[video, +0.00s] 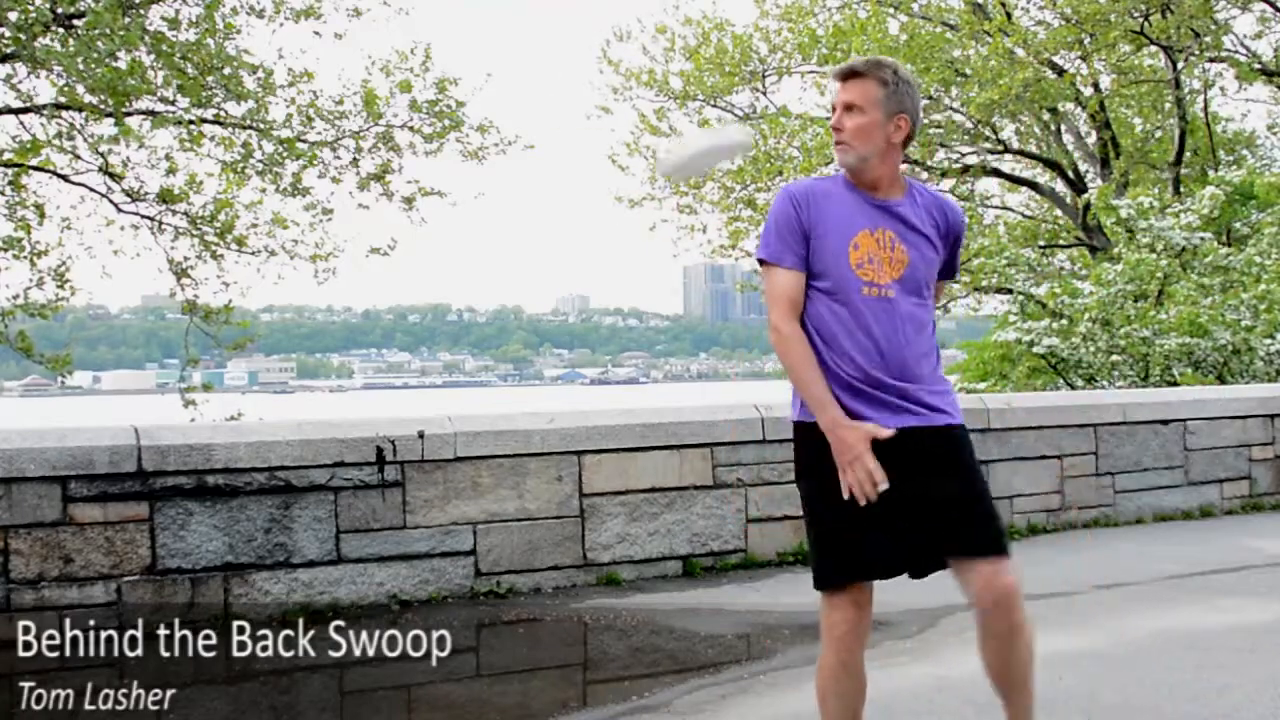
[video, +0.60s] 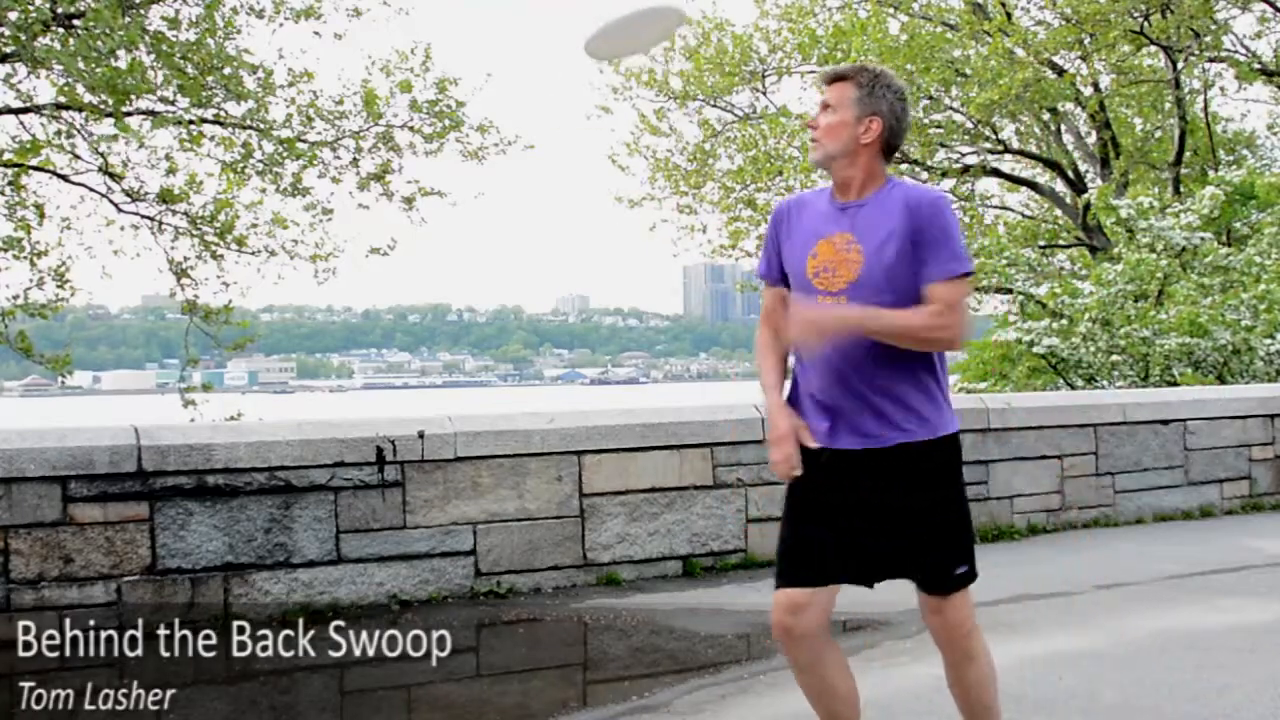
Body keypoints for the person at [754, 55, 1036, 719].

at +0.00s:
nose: (836, 123)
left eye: (852, 112)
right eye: (834, 111)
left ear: (900, 129)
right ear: (834, 122)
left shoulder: (943, 217)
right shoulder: (800, 202)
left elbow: (920, 315)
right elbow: (783, 322)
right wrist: (836, 426)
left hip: (930, 428)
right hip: (835, 431)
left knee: (998, 589)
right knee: (846, 622)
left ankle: (1022, 715)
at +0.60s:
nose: (811, 122)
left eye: (827, 111)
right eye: (816, 110)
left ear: (870, 131)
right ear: (853, 131)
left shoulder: (925, 207)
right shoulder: (790, 215)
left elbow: (951, 326)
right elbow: (771, 325)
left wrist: (842, 318)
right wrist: (775, 407)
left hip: (916, 446)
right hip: (824, 449)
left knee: (950, 619)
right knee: (796, 621)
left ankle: (987, 719)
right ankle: (847, 719)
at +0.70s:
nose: (804, 126)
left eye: (819, 115)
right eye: (809, 114)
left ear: (862, 132)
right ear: (849, 133)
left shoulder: (911, 207)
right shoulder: (787, 221)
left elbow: (916, 327)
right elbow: (773, 320)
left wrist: (796, 294)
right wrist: (764, 404)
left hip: (908, 448)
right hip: (817, 450)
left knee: (942, 626)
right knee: (792, 621)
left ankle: (982, 719)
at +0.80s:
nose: (792, 134)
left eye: (806, 124)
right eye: (796, 123)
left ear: (846, 142)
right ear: (834, 143)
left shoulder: (881, 214)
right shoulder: (784, 224)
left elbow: (836, 319)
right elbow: (772, 331)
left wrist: (738, 258)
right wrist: (746, 407)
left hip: (886, 446)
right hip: (806, 450)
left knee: (906, 636)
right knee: (787, 625)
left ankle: (966, 715)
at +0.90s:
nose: (784, 139)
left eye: (797, 129)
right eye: (788, 128)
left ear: (838, 146)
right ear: (825, 147)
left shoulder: (866, 219)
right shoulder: (783, 228)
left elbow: (794, 311)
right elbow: (778, 338)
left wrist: (710, 246)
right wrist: (738, 409)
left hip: (875, 449)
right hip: (801, 453)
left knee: (876, 640)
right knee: (784, 626)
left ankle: (950, 712)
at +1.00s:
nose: (766, 150)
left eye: (779, 138)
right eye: (770, 138)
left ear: (820, 150)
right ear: (814, 151)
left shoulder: (836, 224)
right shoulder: (795, 231)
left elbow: (724, 298)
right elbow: (788, 350)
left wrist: (648, 222)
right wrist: (730, 410)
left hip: (854, 448)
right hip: (800, 453)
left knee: (810, 635)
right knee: (772, 626)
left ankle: (916, 713)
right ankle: (833, 716)